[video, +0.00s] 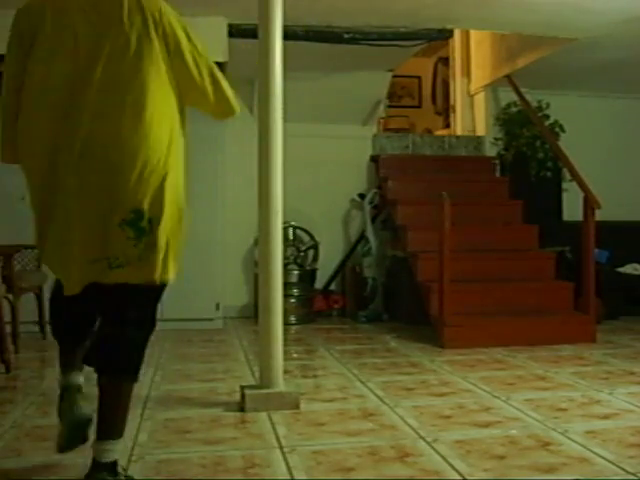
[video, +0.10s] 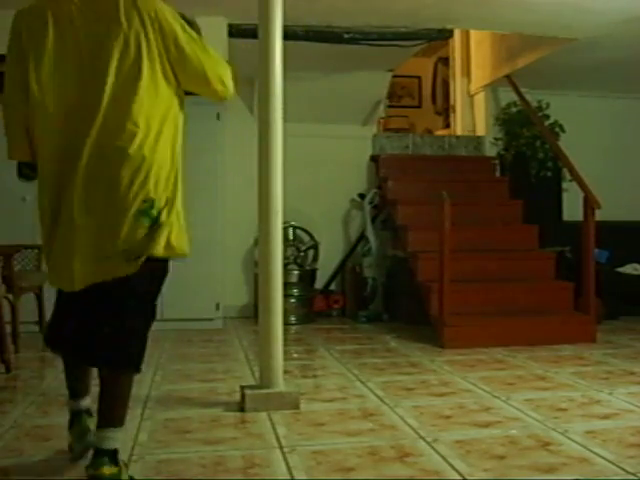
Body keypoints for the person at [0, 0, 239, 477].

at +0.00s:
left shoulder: (33, 13)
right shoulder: (148, 9)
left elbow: (9, 118)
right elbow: (213, 93)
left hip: (64, 175)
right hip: (142, 176)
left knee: (73, 285)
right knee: (127, 319)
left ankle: (71, 384)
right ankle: (106, 460)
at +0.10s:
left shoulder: (32, 16)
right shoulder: (147, 10)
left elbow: (16, 99)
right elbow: (217, 82)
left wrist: (28, 158)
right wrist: (195, 40)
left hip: (68, 189)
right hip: (141, 186)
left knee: (75, 307)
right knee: (125, 325)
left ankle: (80, 419)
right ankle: (106, 454)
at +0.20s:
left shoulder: (31, 25)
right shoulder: (142, 14)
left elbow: (18, 107)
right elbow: (207, 76)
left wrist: (32, 166)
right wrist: (190, 29)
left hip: (69, 197)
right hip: (140, 192)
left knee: (75, 318)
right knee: (129, 322)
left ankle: (84, 432)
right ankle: (107, 445)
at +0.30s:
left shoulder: (29, 35)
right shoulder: (140, 30)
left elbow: (15, 116)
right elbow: (204, 89)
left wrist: (29, 160)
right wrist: (187, 39)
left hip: (67, 215)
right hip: (136, 208)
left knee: (77, 329)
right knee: (135, 313)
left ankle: (88, 441)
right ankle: (119, 393)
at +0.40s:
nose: (110, 4)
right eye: (112, 1)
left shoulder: (33, 46)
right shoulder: (135, 43)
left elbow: (16, 147)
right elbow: (194, 112)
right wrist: (185, 69)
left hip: (62, 213)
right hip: (133, 207)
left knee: (74, 333)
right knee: (147, 278)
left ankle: (88, 439)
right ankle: (126, 359)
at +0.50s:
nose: (117, 8)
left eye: (111, 4)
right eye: (117, 3)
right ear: (115, 2)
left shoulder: (37, 44)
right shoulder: (132, 49)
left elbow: (19, 131)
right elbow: (166, 139)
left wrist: (67, 122)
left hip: (63, 204)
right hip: (126, 199)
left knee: (78, 323)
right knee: (143, 276)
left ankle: (90, 435)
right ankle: (129, 353)